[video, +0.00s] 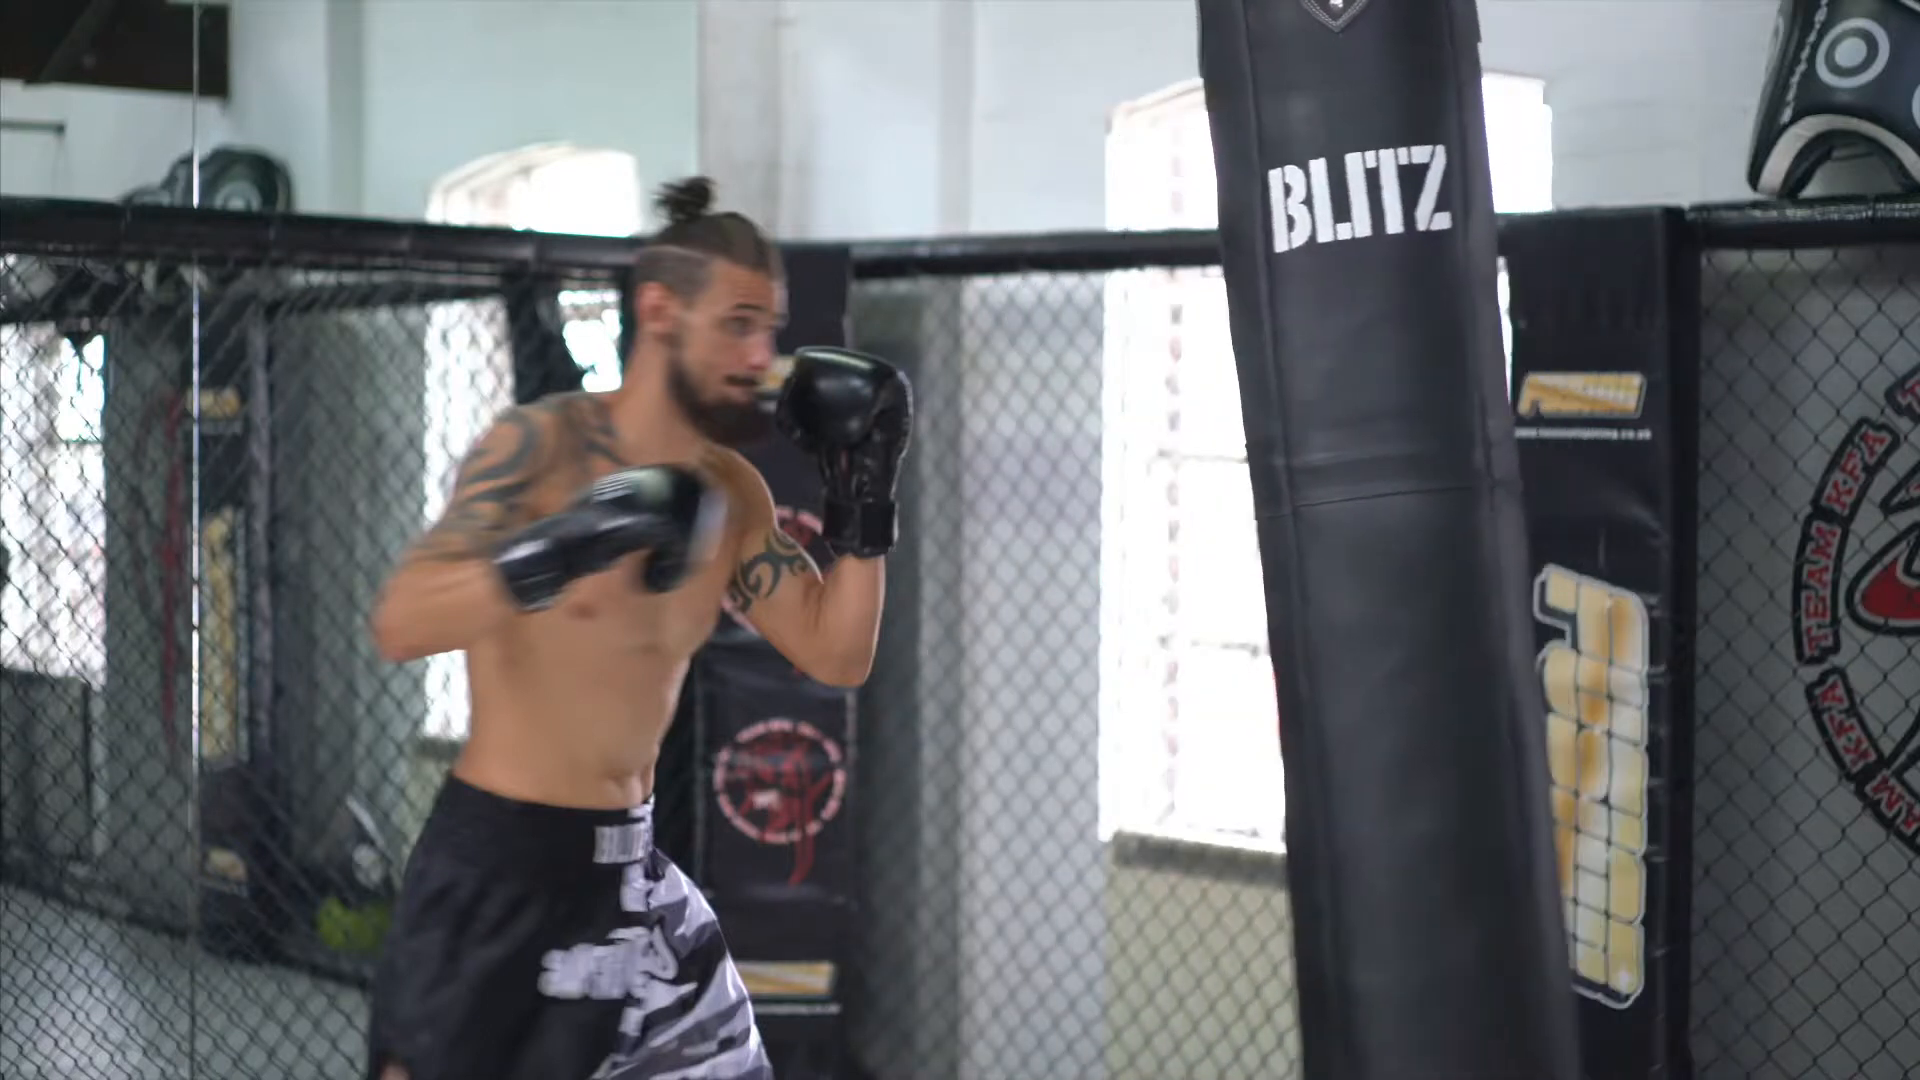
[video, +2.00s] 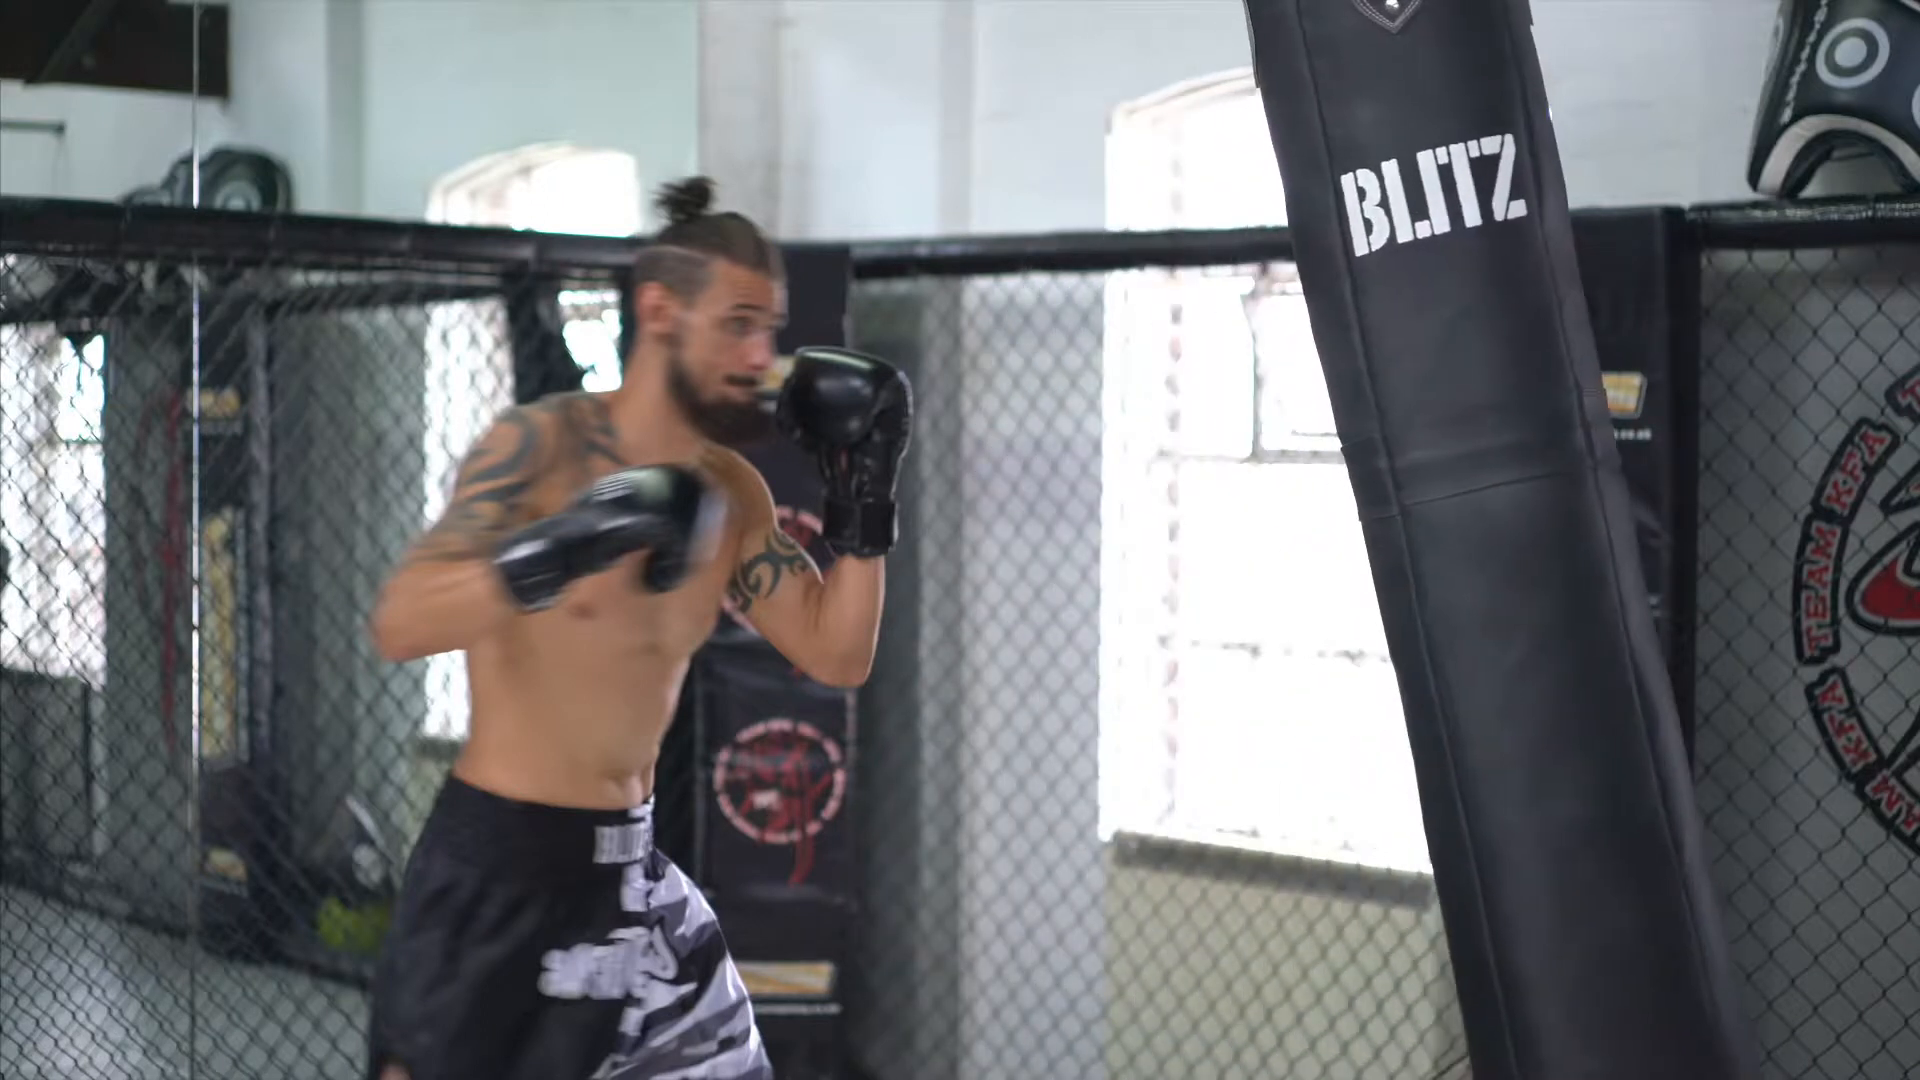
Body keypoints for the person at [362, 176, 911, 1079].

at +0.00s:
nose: (762, 358)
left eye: (772, 331)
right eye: (739, 325)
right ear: (656, 310)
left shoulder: (733, 493)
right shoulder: (538, 440)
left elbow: (839, 655)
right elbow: (401, 623)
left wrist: (864, 483)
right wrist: (569, 547)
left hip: (636, 868)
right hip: (499, 866)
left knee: (732, 1066)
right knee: (442, 1065)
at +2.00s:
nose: (763, 357)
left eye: (772, 331)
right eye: (740, 325)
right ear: (656, 309)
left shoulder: (733, 492)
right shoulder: (538, 440)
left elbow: (839, 655)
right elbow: (400, 623)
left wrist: (865, 481)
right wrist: (567, 547)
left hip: (636, 867)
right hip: (500, 866)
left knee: (732, 1066)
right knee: (442, 1065)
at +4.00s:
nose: (762, 357)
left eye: (772, 331)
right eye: (739, 325)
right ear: (656, 310)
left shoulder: (733, 493)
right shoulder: (537, 441)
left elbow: (839, 655)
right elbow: (400, 623)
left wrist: (864, 481)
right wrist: (568, 547)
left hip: (636, 868)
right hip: (500, 867)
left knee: (732, 1066)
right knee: (439, 1065)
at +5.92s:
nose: (762, 357)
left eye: (772, 331)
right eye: (739, 325)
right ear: (656, 309)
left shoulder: (733, 492)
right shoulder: (537, 441)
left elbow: (839, 655)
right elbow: (400, 623)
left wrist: (866, 481)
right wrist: (568, 546)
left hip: (635, 867)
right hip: (500, 866)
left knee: (732, 1066)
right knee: (439, 1065)